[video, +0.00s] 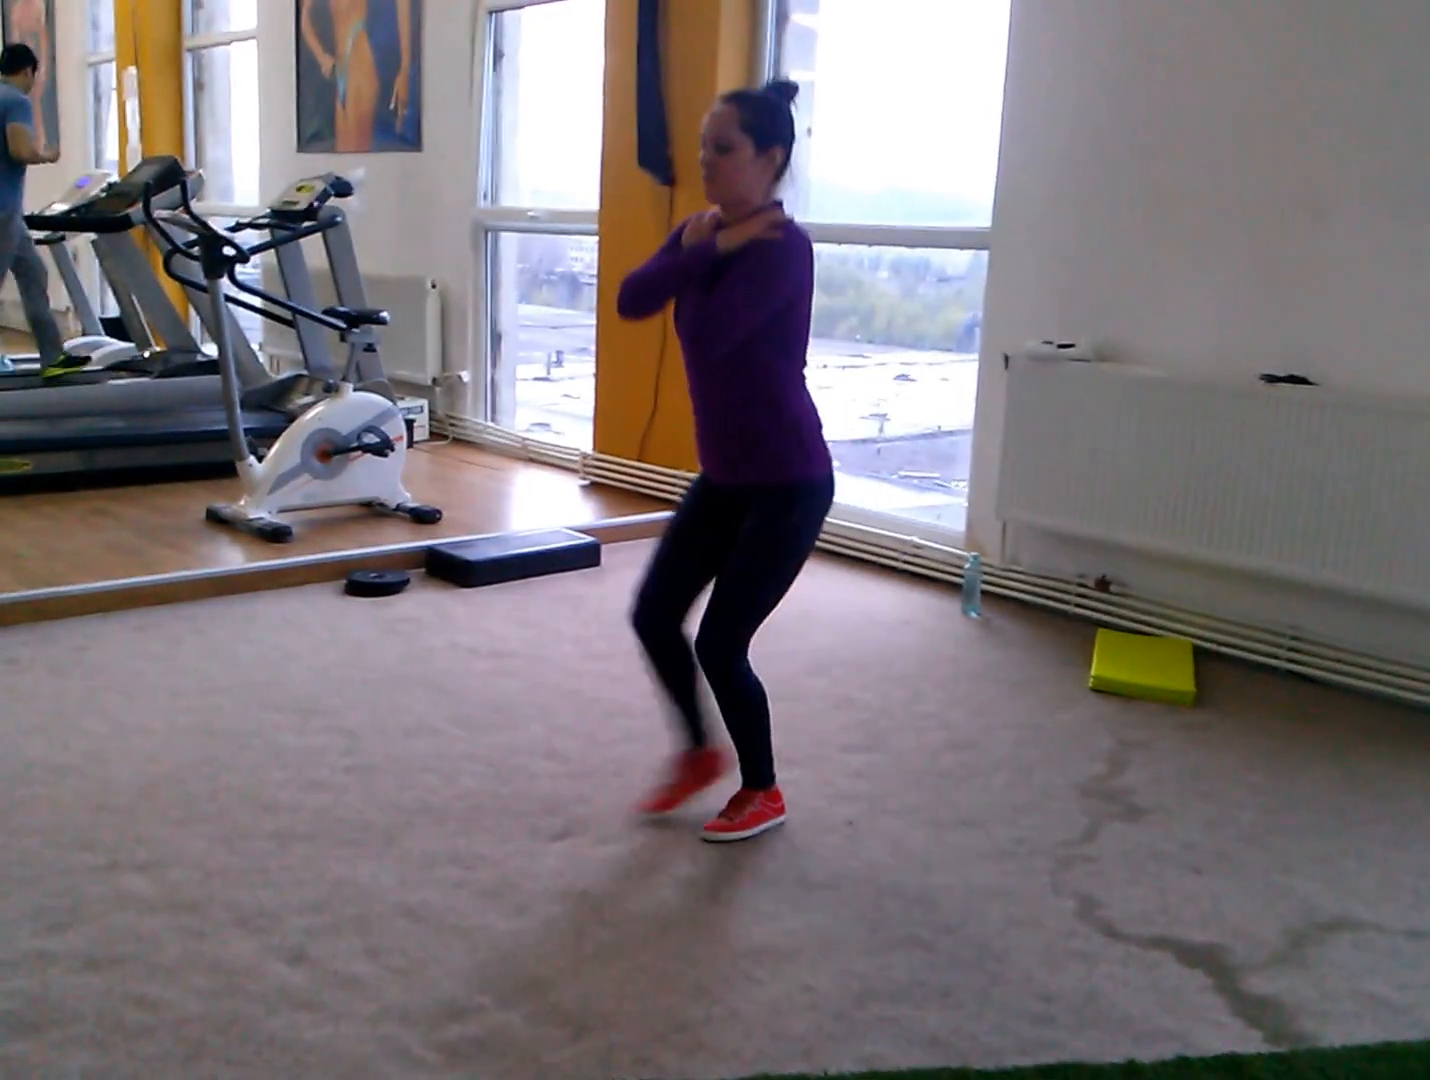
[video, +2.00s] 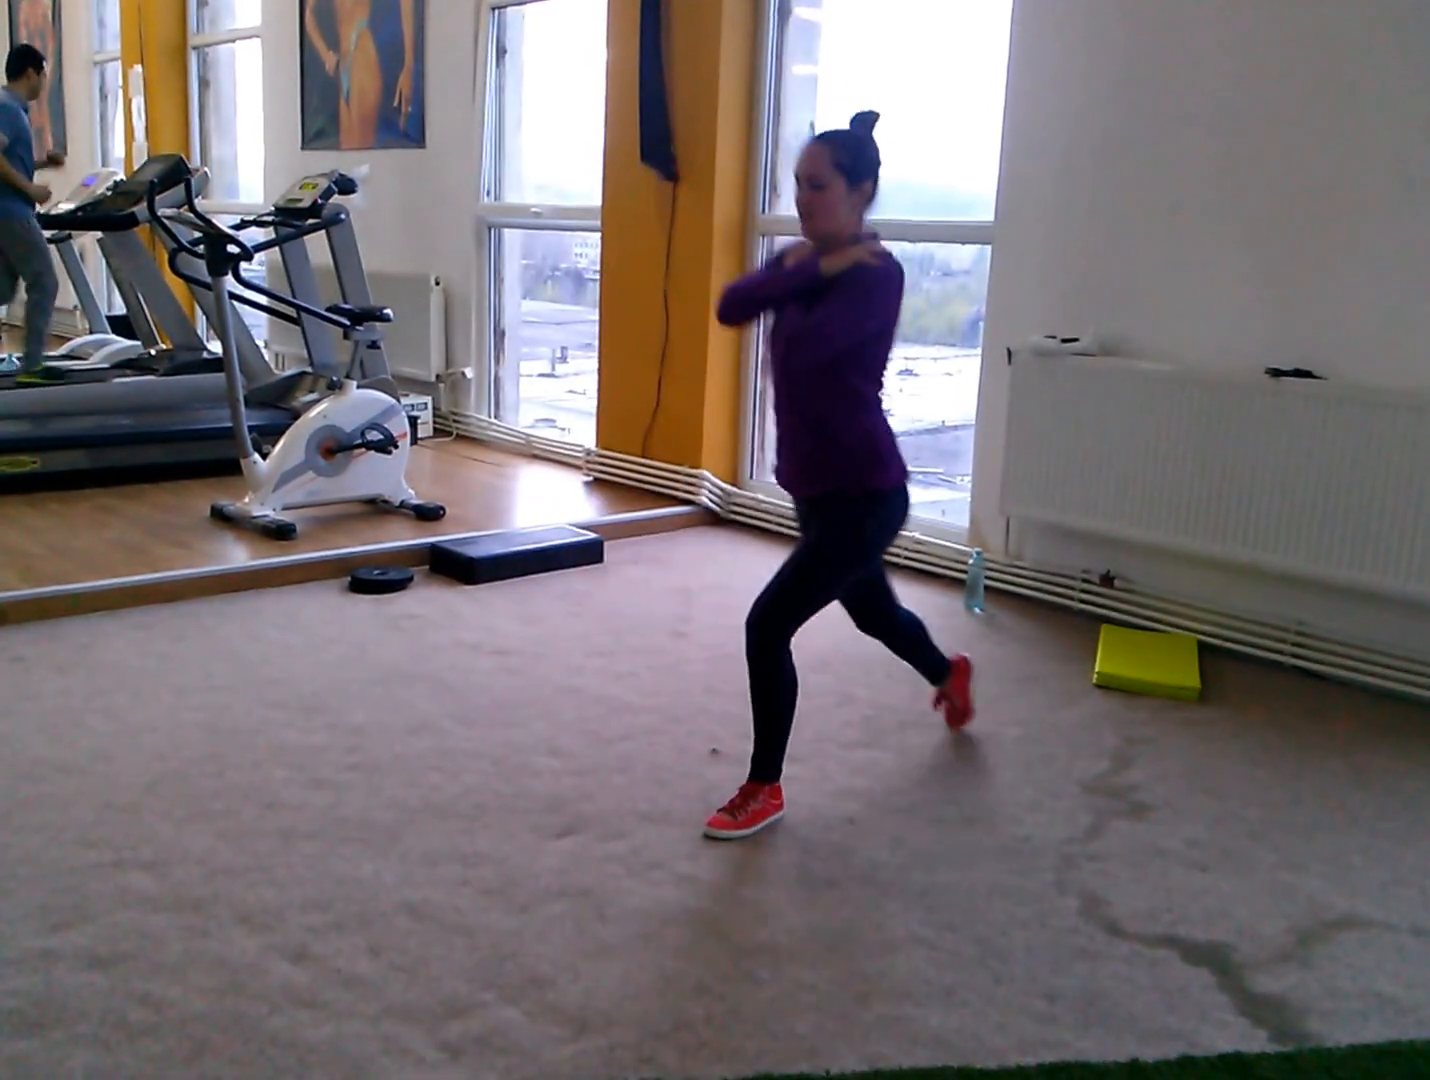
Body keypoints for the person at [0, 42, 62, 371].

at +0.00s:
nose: (34, 81)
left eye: (35, 75)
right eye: (34, 74)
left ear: (7, 70)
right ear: (26, 71)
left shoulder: (8, 99)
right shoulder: (15, 101)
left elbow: (21, 149)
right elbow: (20, 150)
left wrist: (40, 153)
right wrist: (45, 154)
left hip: (10, 213)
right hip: (6, 214)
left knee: (33, 274)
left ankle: (53, 355)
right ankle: (52, 354)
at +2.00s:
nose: (44, 83)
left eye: (43, 76)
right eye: (42, 75)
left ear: (18, 73)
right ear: (31, 73)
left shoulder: (15, 110)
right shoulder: (10, 110)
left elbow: (12, 161)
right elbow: (3, 158)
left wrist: (43, 162)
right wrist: (28, 188)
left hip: (13, 209)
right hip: (12, 210)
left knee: (5, 287)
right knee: (44, 280)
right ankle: (32, 363)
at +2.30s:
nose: (45, 76)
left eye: (45, 69)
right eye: (43, 69)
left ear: (15, 66)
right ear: (30, 66)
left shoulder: (8, 95)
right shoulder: (19, 99)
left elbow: (24, 150)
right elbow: (27, 151)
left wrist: (48, 153)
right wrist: (54, 156)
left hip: (12, 212)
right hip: (9, 213)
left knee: (42, 275)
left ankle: (61, 356)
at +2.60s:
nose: (44, 73)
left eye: (44, 66)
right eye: (41, 66)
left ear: (21, 66)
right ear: (26, 66)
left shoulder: (16, 101)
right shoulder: (9, 100)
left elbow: (21, 158)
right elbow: (1, 148)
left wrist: (57, 158)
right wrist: (28, 176)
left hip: (13, 203)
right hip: (11, 204)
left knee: (2, 275)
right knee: (52, 267)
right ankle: (36, 352)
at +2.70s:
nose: (45, 72)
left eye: (45, 65)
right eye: (42, 65)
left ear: (21, 64)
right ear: (26, 63)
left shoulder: (18, 99)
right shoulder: (10, 98)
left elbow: (19, 150)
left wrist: (52, 148)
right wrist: (27, 172)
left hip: (15, 200)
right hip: (13, 201)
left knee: (1, 281)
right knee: (49, 274)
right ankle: (61, 356)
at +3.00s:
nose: (47, 72)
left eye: (47, 64)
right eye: (45, 64)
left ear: (20, 65)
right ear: (32, 64)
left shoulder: (11, 95)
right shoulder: (20, 99)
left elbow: (22, 149)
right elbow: (26, 150)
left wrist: (48, 155)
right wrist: (56, 158)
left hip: (16, 210)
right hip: (12, 211)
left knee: (50, 268)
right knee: (1, 285)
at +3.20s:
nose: (47, 79)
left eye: (46, 72)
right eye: (43, 72)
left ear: (21, 74)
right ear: (30, 72)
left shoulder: (14, 106)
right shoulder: (19, 109)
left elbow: (16, 161)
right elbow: (17, 159)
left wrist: (45, 189)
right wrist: (50, 188)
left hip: (17, 210)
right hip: (15, 211)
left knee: (41, 283)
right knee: (43, 283)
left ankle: (25, 357)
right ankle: (23, 358)